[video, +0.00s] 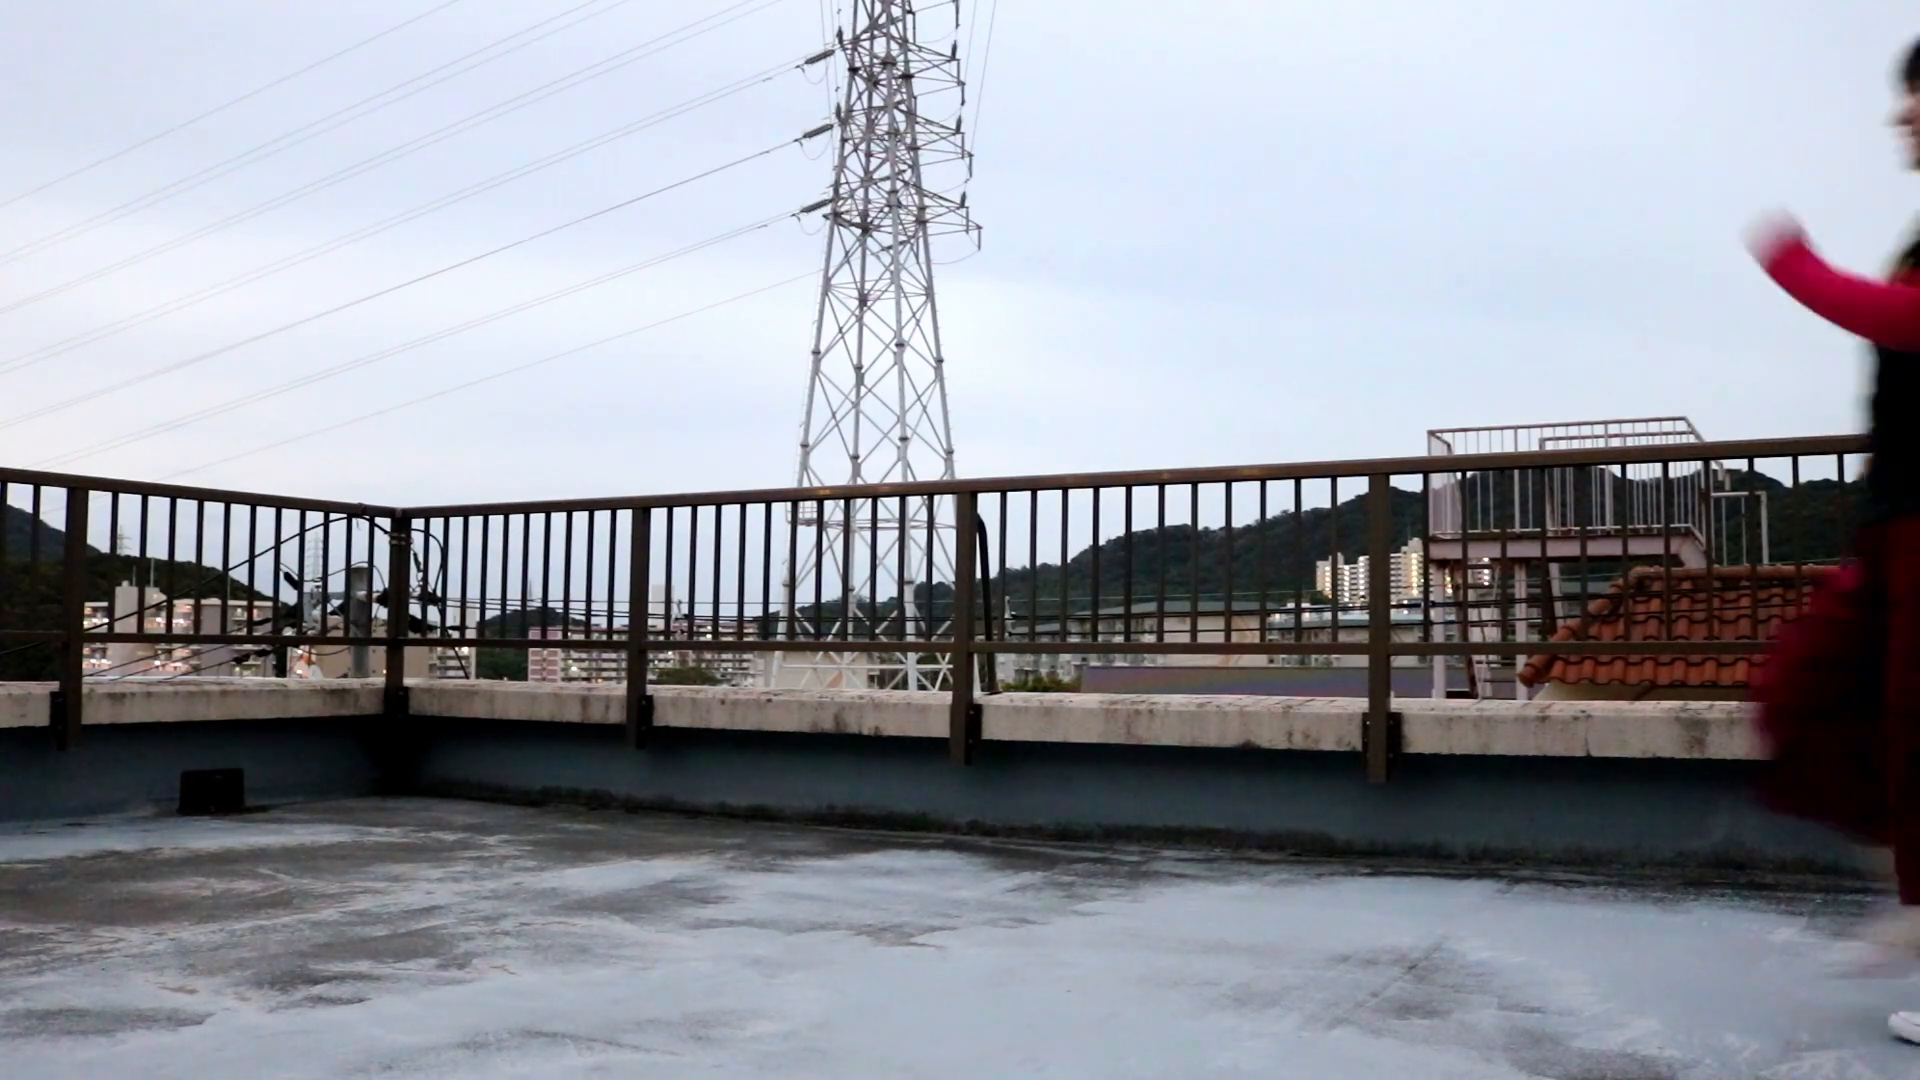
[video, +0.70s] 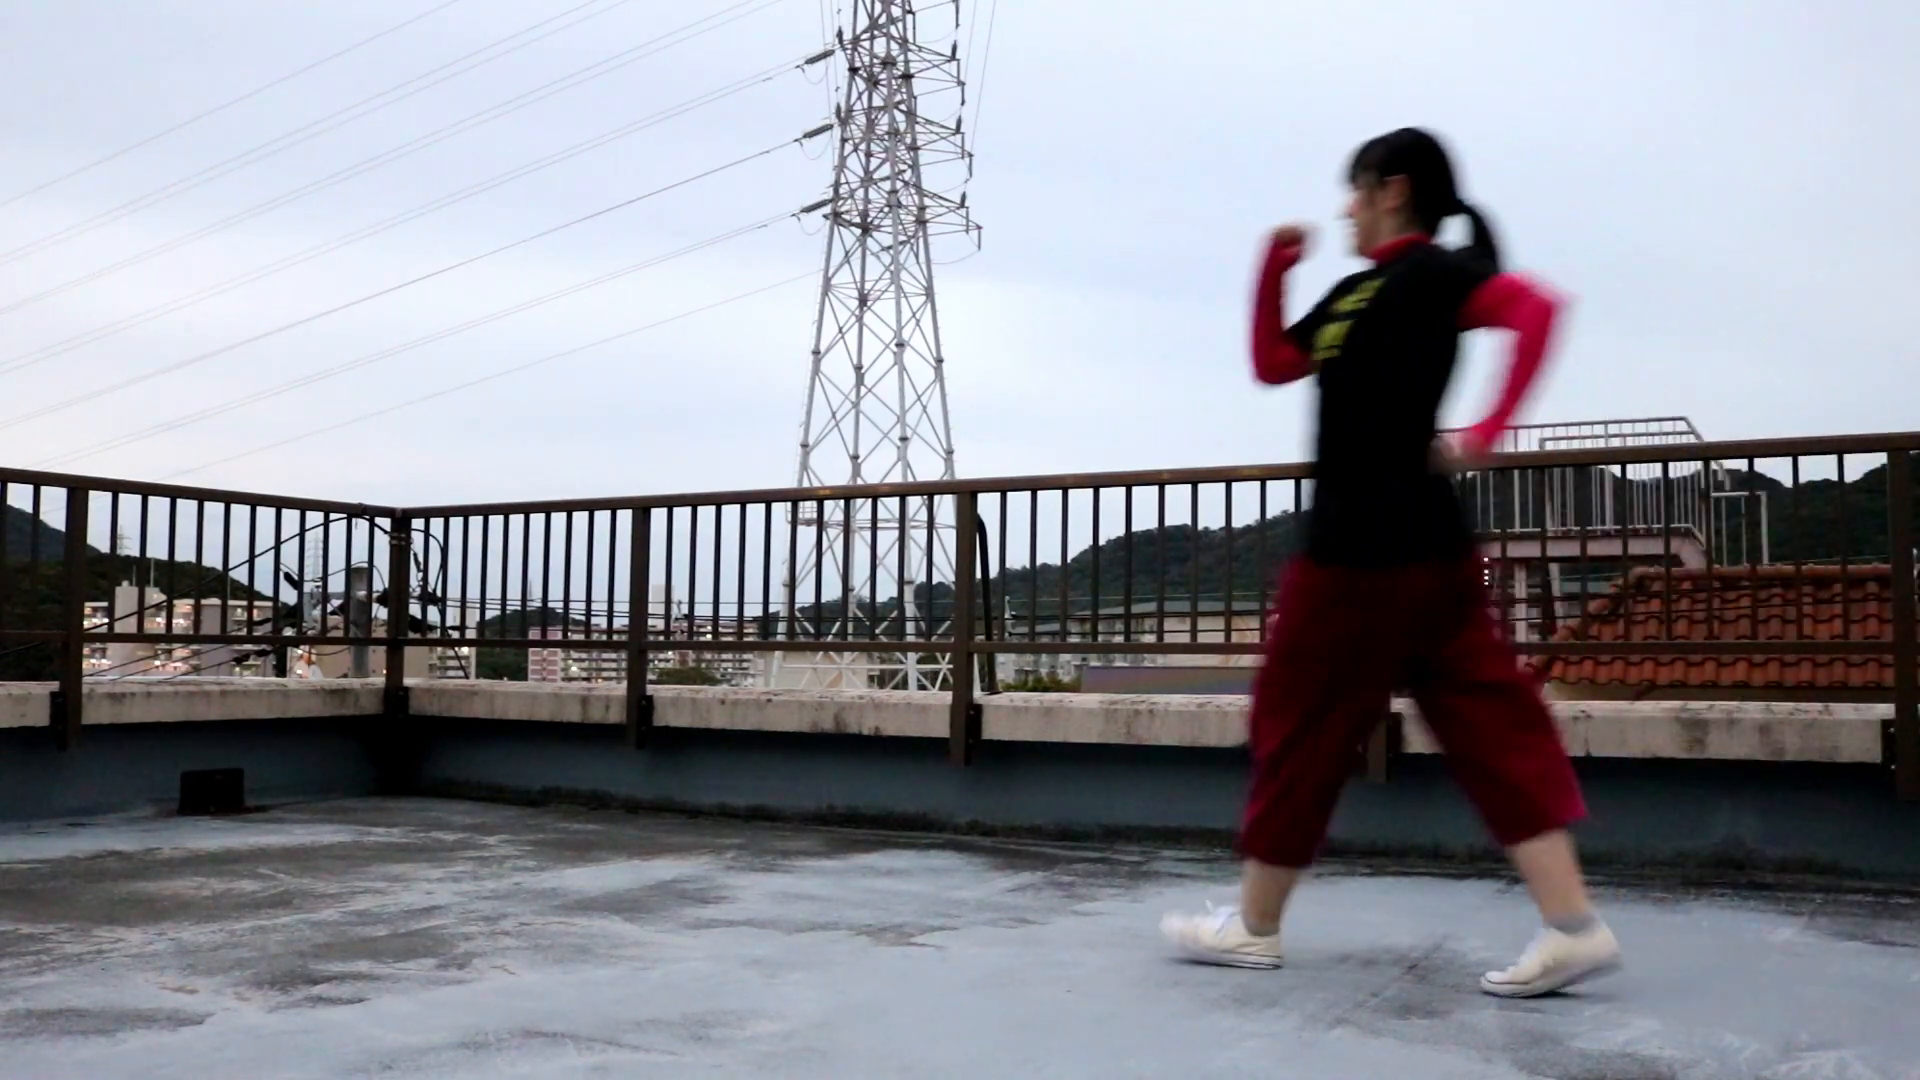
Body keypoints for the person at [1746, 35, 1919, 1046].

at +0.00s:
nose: (1903, 125)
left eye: (1913, 109)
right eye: (1904, 108)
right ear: (1910, 120)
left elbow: (1902, 319)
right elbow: (1897, 326)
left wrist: (1798, 264)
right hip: (1899, 525)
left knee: (1905, 720)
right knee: (1804, 687)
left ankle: (1916, 918)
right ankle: (1910, 893)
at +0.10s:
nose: (1820, 135)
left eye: (1833, 116)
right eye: (1820, 117)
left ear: (1890, 113)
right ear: (1886, 116)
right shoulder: (1862, 209)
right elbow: (1727, 264)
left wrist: (1692, 166)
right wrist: (1706, 177)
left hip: (1887, 538)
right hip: (1832, 534)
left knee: (1903, 766)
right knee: (1707, 708)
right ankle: (1679, 929)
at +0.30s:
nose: (1648, 156)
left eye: (1661, 138)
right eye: (1651, 138)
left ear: (1710, 140)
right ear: (1725, 144)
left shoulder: (1675, 240)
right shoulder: (1752, 252)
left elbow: (1573, 316)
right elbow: (1827, 360)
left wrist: (1502, 243)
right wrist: (1750, 426)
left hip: (1662, 532)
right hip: (1722, 526)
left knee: (1728, 743)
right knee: (1596, 729)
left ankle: (1916, 919)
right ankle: (1590, 952)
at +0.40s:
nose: (1568, 169)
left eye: (1580, 150)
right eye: (1571, 151)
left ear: (1626, 153)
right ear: (1633, 156)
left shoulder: (1627, 245)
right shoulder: (1631, 248)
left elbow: (1604, 353)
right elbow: (1619, 393)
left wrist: (1496, 382)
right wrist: (1532, 408)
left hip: (1606, 542)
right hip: (1629, 538)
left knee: (1541, 742)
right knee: (1589, 731)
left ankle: (1735, 847)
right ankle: (1593, 953)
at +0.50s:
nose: (1488, 180)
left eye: (1499, 163)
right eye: (1491, 164)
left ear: (1544, 166)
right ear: (1544, 170)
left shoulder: (1571, 254)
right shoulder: (1538, 273)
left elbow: (1642, 333)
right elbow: (1472, 396)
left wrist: (1542, 435)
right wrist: (1415, 323)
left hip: (1539, 546)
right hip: (1575, 546)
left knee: (1400, 687)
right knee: (1566, 734)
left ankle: (1507, 864)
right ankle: (1595, 955)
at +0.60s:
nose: (1417, 193)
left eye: (1426, 176)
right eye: (1418, 177)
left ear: (1468, 178)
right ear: (1469, 182)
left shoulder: (1514, 258)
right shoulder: (1431, 287)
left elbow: (1627, 301)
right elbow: (1343, 362)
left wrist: (1560, 416)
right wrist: (1350, 262)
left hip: (1444, 543)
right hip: (1515, 543)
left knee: (1329, 706)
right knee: (1549, 736)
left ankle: (1304, 916)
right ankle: (1591, 949)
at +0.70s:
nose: (1347, 207)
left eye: (1358, 192)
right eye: (1351, 192)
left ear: (1394, 195)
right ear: (1408, 199)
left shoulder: (1421, 277)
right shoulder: (1368, 292)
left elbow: (1534, 308)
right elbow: (1274, 364)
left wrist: (1489, 427)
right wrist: (1273, 269)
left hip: (1355, 545)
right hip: (1425, 539)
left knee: (1296, 726)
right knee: (1489, 720)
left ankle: (1254, 925)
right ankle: (1572, 924)